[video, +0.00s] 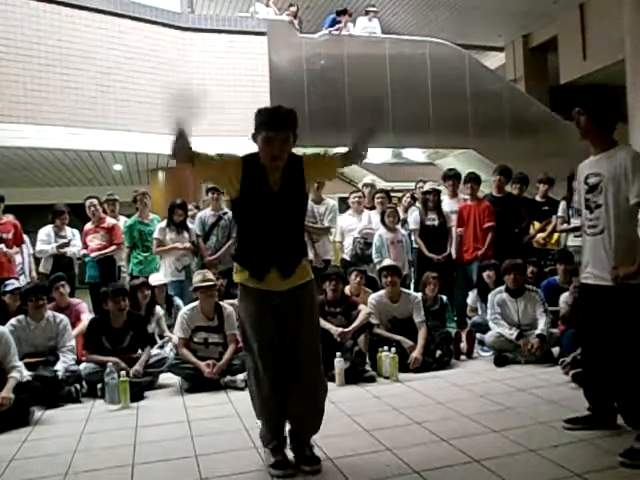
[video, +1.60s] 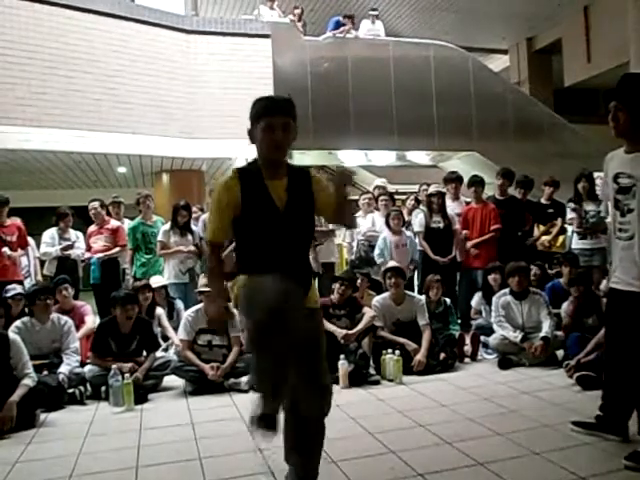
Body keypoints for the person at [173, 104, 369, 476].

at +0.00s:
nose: (275, 150)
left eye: (282, 142)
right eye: (268, 142)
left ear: (292, 141)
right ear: (256, 140)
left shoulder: (305, 166)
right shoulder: (237, 170)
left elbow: (348, 159)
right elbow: (191, 161)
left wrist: (359, 144)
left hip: (299, 281)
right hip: (255, 285)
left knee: (306, 363)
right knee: (265, 365)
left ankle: (303, 442)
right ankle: (274, 444)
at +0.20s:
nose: (277, 144)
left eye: (284, 136)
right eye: (269, 136)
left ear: (295, 135)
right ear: (256, 134)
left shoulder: (308, 167)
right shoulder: (235, 171)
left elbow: (343, 191)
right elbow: (198, 205)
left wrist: (354, 198)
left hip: (300, 283)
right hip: (256, 285)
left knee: (307, 363)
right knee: (265, 367)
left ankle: (302, 442)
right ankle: (273, 446)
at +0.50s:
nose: (279, 140)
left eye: (286, 134)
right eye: (272, 133)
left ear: (295, 137)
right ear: (257, 134)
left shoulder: (307, 175)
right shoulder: (238, 173)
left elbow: (318, 223)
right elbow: (208, 218)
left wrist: (335, 243)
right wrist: (197, 264)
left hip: (297, 275)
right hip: (256, 276)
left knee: (304, 357)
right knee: (267, 346)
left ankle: (282, 434)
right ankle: (267, 400)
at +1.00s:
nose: (267, 143)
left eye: (274, 136)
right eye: (260, 135)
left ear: (283, 141)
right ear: (246, 142)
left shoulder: (300, 184)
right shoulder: (228, 190)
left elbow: (331, 219)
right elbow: (211, 243)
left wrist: (325, 250)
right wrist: (234, 232)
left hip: (300, 300)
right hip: (253, 304)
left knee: (315, 385)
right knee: (263, 393)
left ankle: (294, 438)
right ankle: (273, 467)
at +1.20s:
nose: (266, 152)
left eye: (272, 145)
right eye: (258, 145)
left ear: (281, 148)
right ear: (242, 149)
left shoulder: (297, 190)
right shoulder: (226, 191)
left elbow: (330, 230)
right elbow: (219, 223)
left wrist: (326, 275)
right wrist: (242, 175)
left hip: (295, 298)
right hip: (248, 306)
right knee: (263, 396)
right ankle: (274, 467)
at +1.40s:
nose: (263, 148)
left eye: (267, 141)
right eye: (254, 142)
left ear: (275, 147)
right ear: (237, 149)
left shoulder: (295, 193)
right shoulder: (229, 197)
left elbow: (325, 235)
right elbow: (209, 218)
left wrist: (334, 273)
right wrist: (231, 177)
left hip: (305, 303)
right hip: (257, 309)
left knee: (321, 394)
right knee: (265, 395)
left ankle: (312, 470)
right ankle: (273, 465)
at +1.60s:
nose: (278, 136)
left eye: (285, 129)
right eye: (269, 129)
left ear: (294, 134)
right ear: (253, 134)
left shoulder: (308, 181)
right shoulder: (232, 185)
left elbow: (341, 218)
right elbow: (215, 244)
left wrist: (342, 189)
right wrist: (215, 295)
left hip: (300, 289)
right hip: (257, 288)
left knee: (311, 391)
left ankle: (303, 472)